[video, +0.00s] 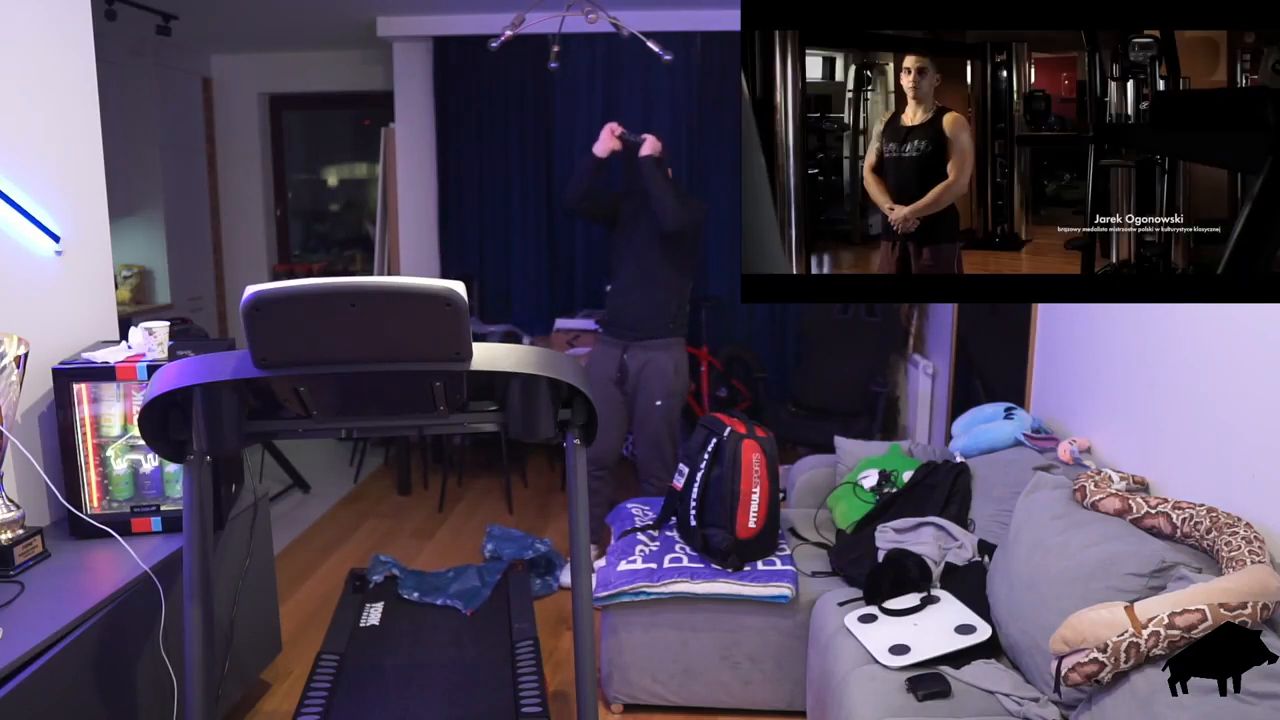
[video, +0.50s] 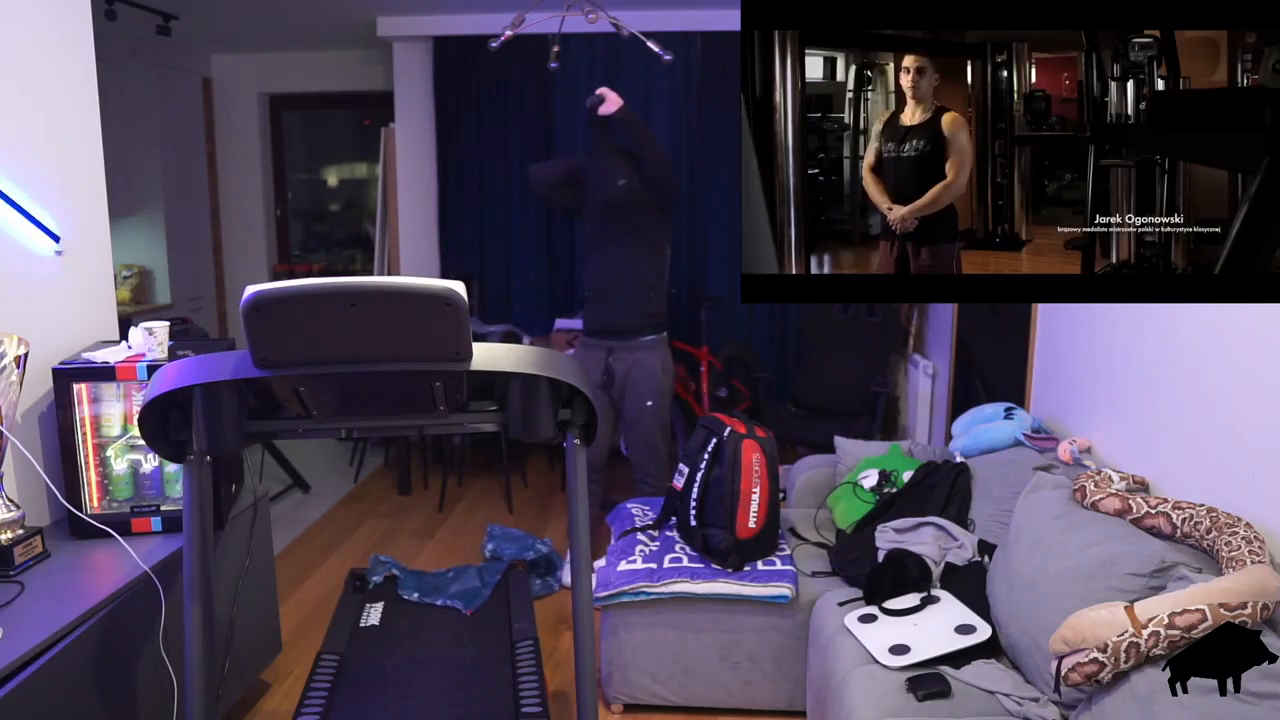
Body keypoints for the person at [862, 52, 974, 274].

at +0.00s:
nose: (913, 78)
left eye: (921, 72)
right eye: (907, 71)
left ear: (936, 79)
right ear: (900, 78)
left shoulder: (952, 122)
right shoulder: (886, 122)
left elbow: (959, 182)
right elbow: (869, 172)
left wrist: (910, 212)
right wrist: (894, 214)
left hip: (935, 240)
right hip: (893, 238)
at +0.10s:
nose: (913, 78)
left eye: (921, 72)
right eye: (907, 72)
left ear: (936, 80)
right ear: (900, 78)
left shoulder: (952, 122)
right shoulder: (886, 122)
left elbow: (958, 182)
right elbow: (868, 172)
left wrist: (910, 212)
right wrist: (894, 214)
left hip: (935, 239)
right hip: (893, 238)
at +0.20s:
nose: (913, 78)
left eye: (921, 71)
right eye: (907, 71)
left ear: (936, 79)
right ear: (900, 78)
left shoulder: (952, 123)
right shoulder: (886, 122)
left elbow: (958, 183)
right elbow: (868, 172)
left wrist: (909, 212)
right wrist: (893, 213)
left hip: (935, 239)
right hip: (892, 238)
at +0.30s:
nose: (912, 78)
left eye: (921, 72)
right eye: (907, 71)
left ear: (936, 79)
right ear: (900, 78)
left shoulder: (951, 122)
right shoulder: (886, 122)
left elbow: (957, 183)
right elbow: (868, 171)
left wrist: (909, 212)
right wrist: (893, 213)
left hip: (935, 239)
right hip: (892, 238)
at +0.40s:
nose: (912, 78)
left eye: (921, 71)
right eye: (906, 71)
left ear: (936, 79)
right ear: (900, 78)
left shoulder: (951, 122)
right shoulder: (885, 122)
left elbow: (957, 183)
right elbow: (867, 171)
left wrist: (909, 212)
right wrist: (893, 213)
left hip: (935, 239)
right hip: (892, 238)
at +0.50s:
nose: (912, 77)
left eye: (920, 71)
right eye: (906, 71)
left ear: (935, 79)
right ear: (900, 78)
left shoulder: (951, 122)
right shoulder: (885, 122)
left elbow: (957, 183)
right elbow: (867, 171)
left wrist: (909, 212)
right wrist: (892, 213)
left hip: (935, 239)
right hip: (892, 238)